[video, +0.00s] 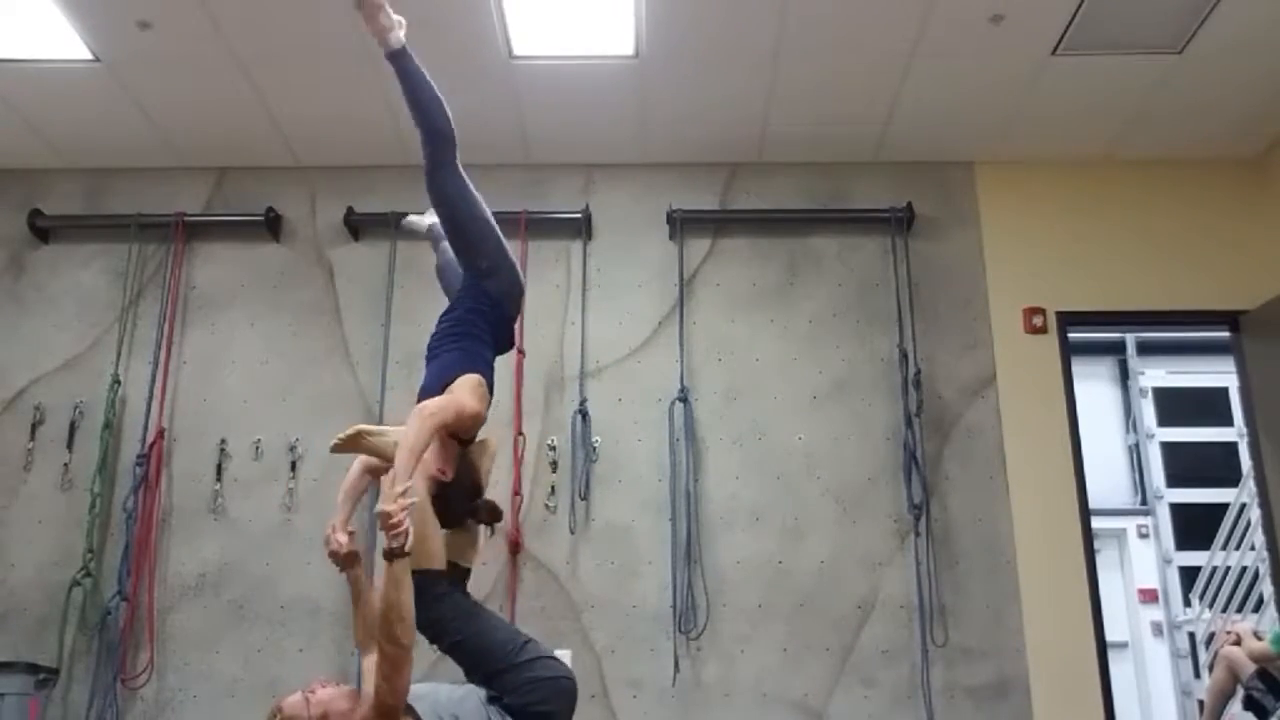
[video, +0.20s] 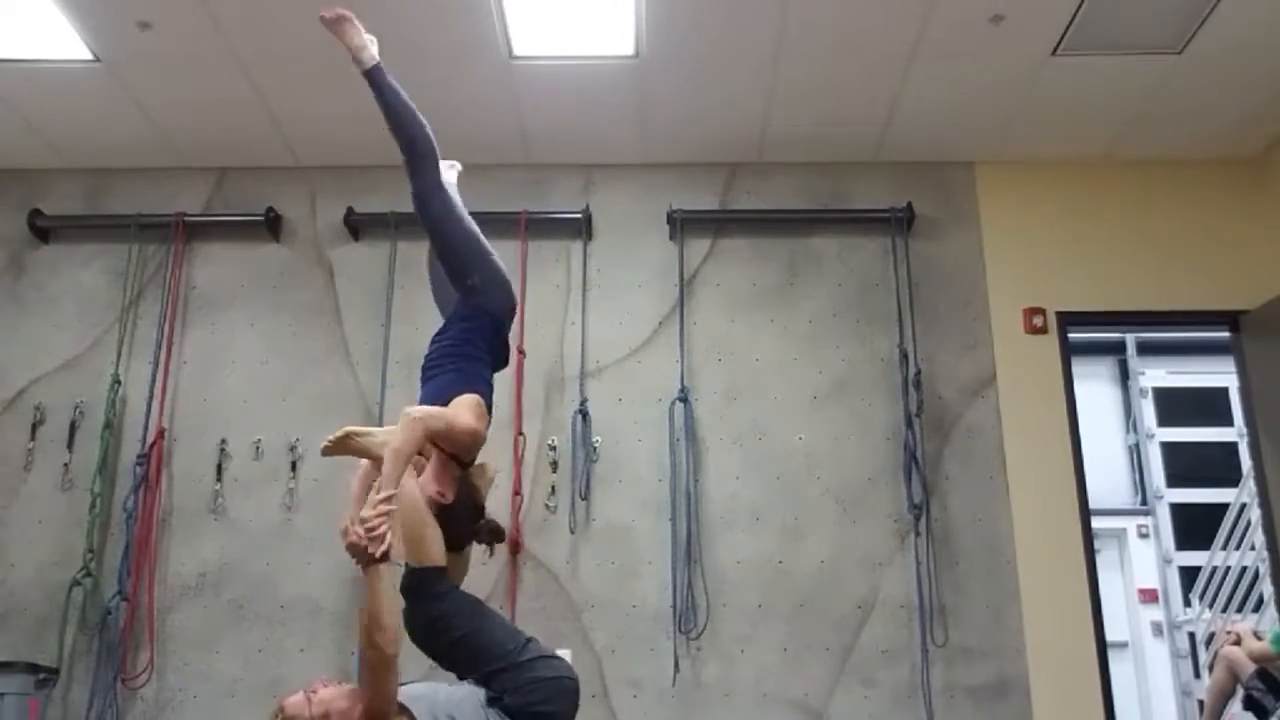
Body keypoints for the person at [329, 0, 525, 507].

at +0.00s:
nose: (429, 473)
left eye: (431, 480)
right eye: (430, 482)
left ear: (435, 471)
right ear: (448, 471)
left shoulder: (417, 433)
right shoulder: (470, 412)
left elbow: (369, 464)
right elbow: (425, 416)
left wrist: (341, 519)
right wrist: (398, 490)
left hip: (472, 317)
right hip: (495, 298)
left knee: (455, 279)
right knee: (443, 156)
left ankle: (436, 232)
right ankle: (395, 44)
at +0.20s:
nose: (428, 487)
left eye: (428, 496)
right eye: (437, 495)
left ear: (440, 490)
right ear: (457, 490)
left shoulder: (426, 439)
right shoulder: (467, 437)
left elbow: (371, 456)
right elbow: (413, 422)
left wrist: (354, 514)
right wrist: (386, 497)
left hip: (462, 327)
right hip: (488, 311)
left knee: (441, 252)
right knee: (424, 175)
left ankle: (447, 188)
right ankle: (368, 59)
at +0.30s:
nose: (431, 518)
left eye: (433, 528)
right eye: (440, 524)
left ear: (451, 510)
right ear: (461, 506)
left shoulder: (423, 455)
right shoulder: (472, 457)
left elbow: (373, 460)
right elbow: (440, 425)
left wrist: (342, 520)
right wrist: (413, 500)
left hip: (429, 341)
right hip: (467, 330)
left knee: (355, 263)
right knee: (464, 192)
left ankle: (300, 181)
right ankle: (462, 74)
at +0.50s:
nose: (519, 471)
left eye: (514, 487)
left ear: (498, 518)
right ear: (528, 522)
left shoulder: (460, 510)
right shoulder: (507, 467)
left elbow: (386, 479)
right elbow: (563, 464)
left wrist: (363, 528)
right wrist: (521, 523)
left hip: (398, 390)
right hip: (442, 348)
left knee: (281, 384)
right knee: (454, 231)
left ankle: (169, 341)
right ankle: (465, 140)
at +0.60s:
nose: (543, 546)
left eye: (554, 555)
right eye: (556, 544)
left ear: (535, 535)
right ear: (555, 514)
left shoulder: (482, 518)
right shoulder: (530, 486)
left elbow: (406, 492)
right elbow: (595, 483)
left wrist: (375, 543)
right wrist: (558, 531)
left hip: (380, 422)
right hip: (421, 390)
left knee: (283, 461)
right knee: (363, 271)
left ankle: (147, 468)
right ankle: (324, 165)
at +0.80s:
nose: (460, 509)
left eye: (465, 509)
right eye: (472, 507)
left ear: (459, 496)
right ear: (490, 492)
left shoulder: (425, 480)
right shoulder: (487, 464)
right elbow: (506, 492)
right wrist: (492, 536)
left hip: (348, 426)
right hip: (389, 391)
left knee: (355, 512)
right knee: (276, 317)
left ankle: (276, 607)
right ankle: (148, 235)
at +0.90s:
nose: (454, 504)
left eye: (455, 503)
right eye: (462, 503)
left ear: (446, 487)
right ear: (470, 486)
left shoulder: (398, 466)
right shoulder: (472, 456)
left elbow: (314, 507)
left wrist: (337, 576)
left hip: (366, 403)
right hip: (418, 379)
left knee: (375, 501)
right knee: (315, 301)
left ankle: (307, 616)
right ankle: (203, 220)